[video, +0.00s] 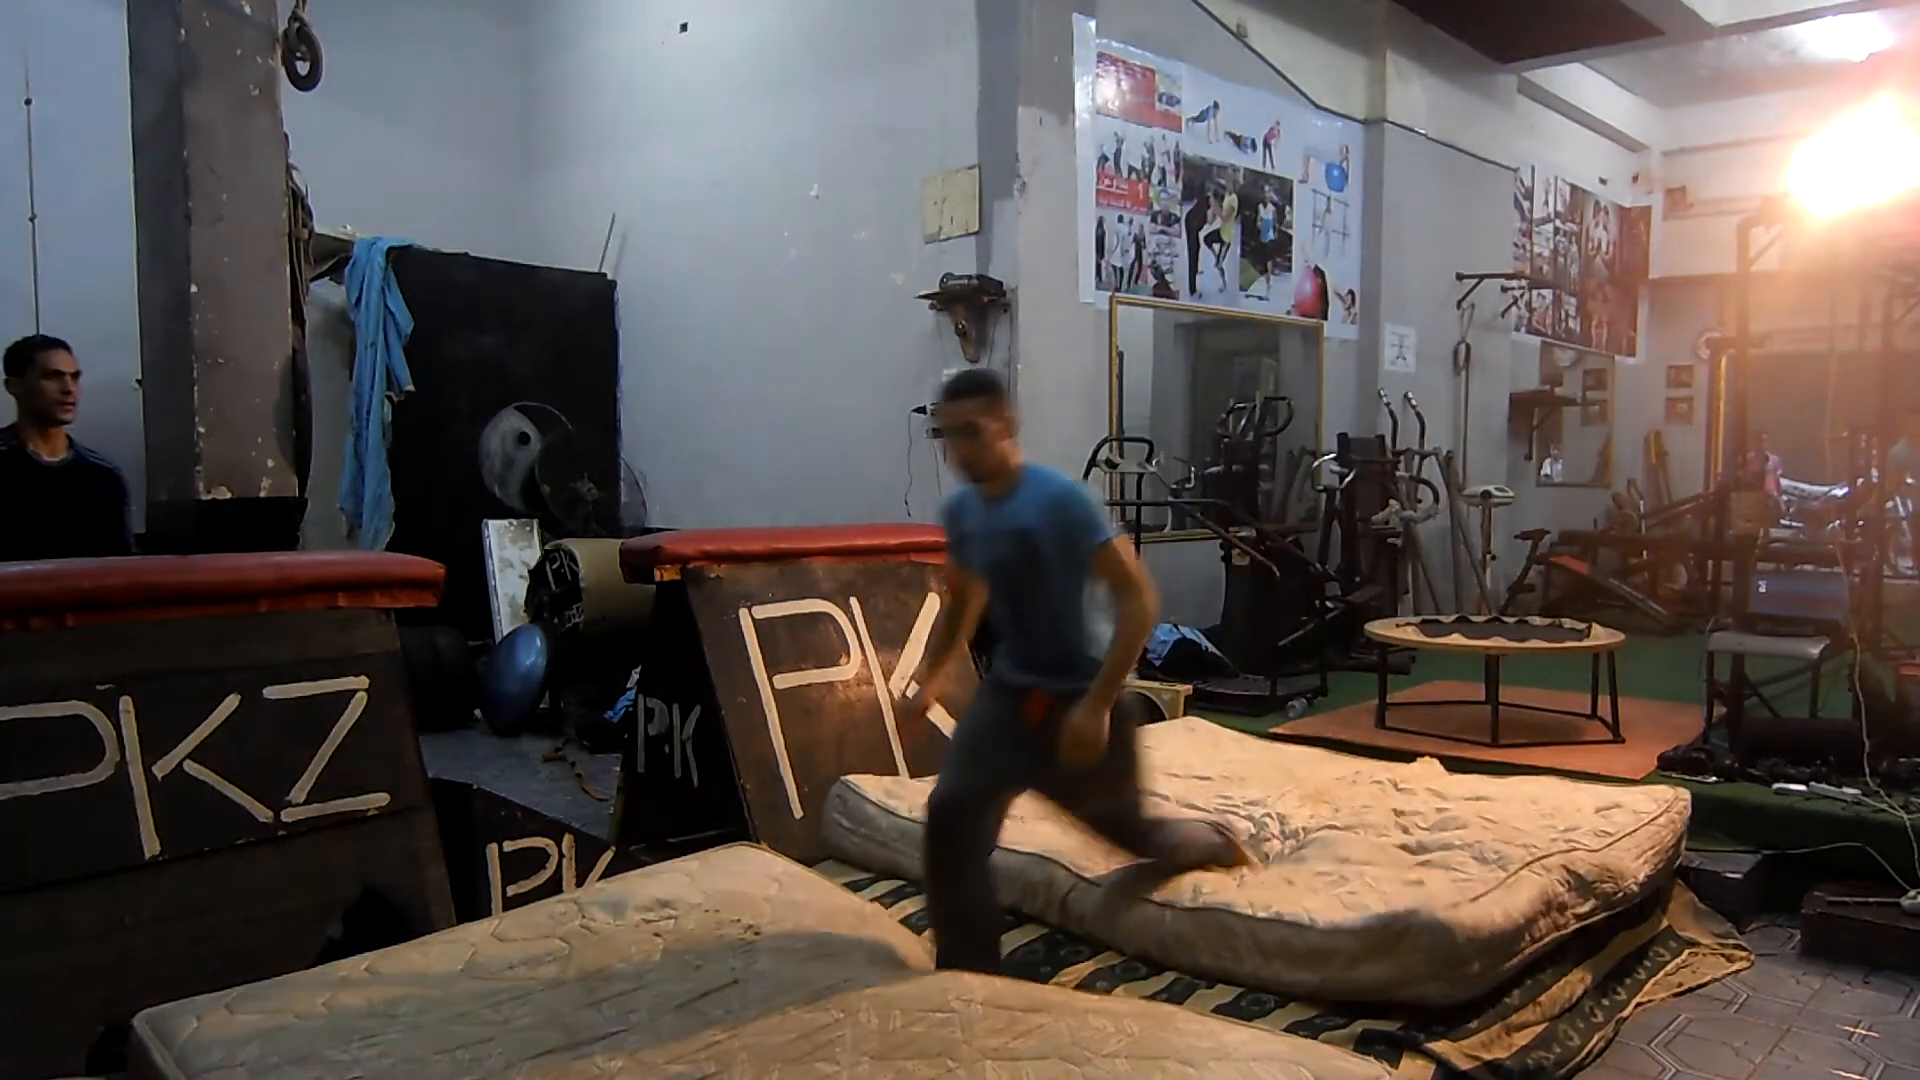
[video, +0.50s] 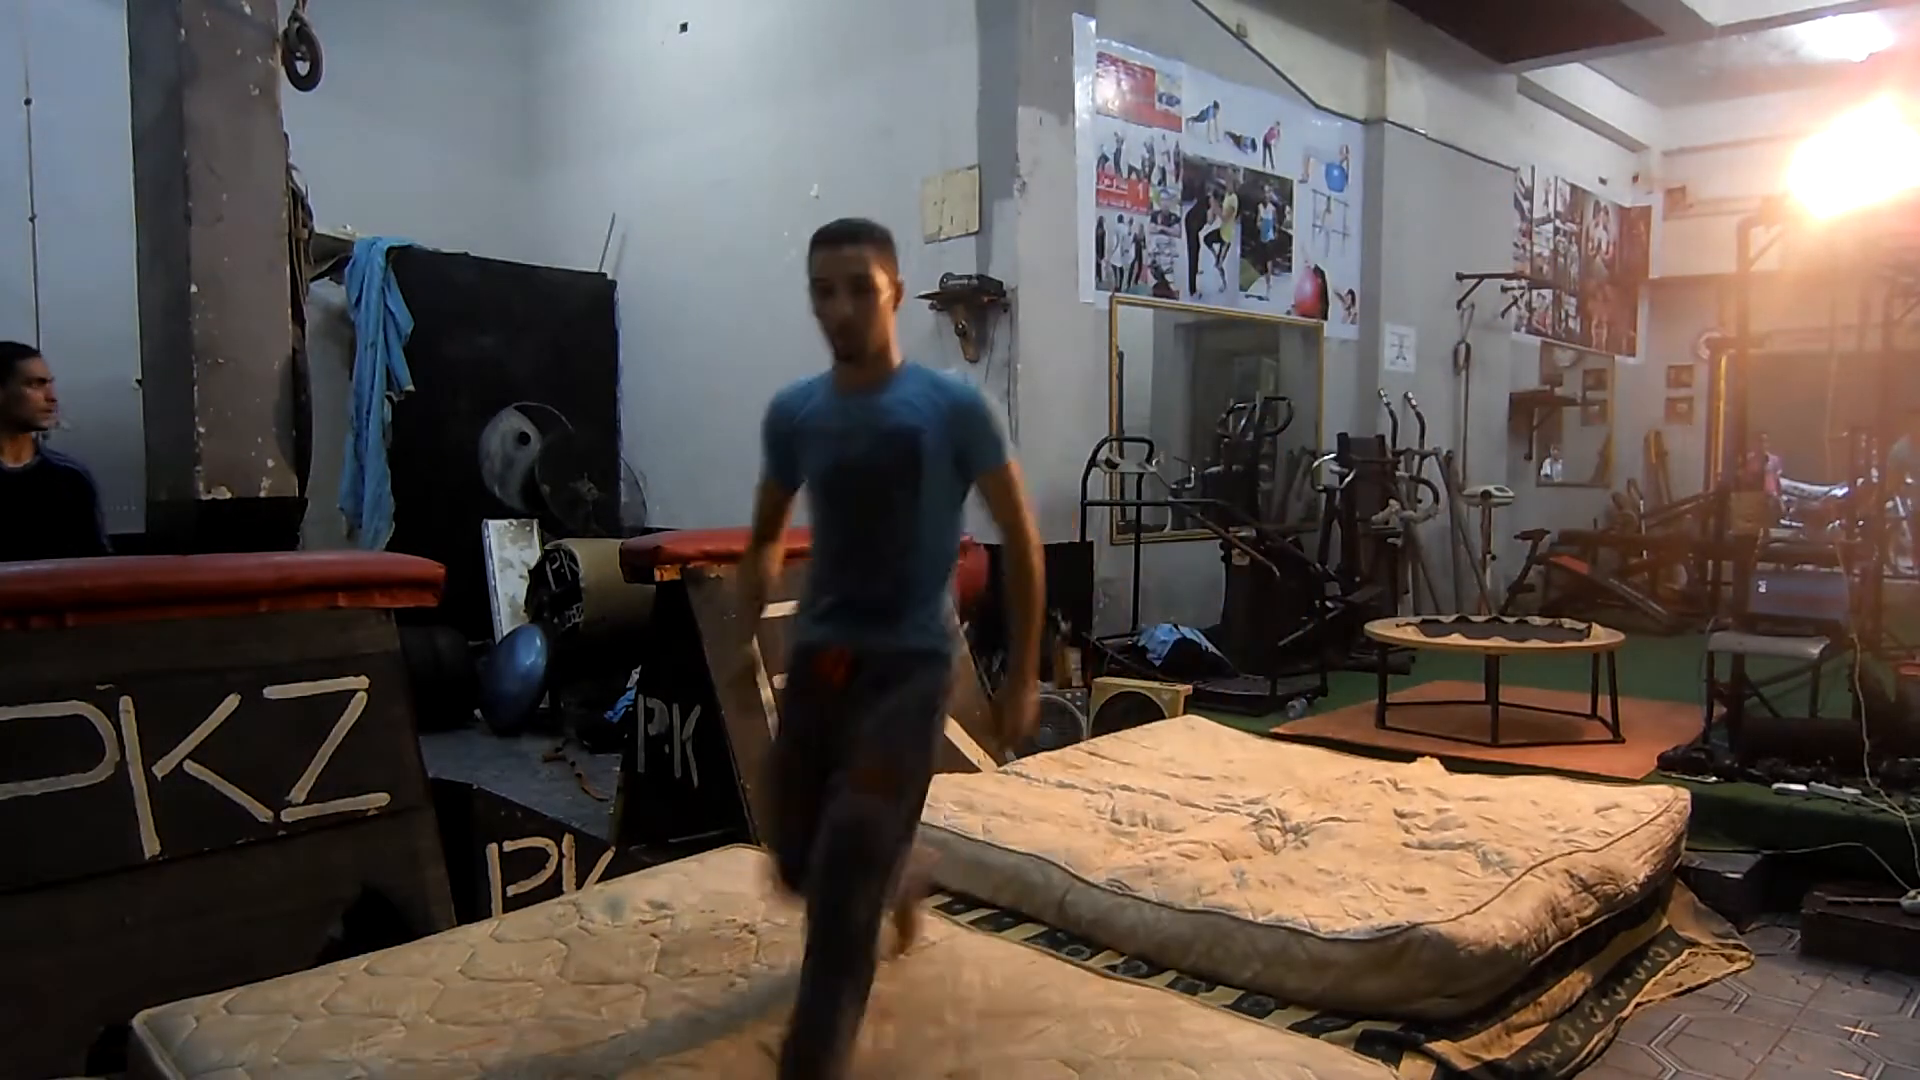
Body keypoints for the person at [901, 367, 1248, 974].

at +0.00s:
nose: (958, 449)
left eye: (970, 432)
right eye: (948, 435)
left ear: (1008, 429)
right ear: (941, 439)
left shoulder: (1062, 500)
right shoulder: (961, 511)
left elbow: (1140, 601)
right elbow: (965, 596)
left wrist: (1096, 706)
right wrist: (928, 681)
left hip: (1081, 699)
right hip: (1009, 694)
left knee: (1128, 832)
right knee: (953, 824)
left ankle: (1214, 846)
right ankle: (969, 993)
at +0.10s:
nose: (917, 448)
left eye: (929, 429)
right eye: (906, 433)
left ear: (967, 423)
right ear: (898, 438)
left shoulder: (1029, 501)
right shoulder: (919, 516)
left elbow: (1106, 601)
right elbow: (913, 622)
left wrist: (1100, 721)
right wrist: (879, 699)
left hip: (1047, 707)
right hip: (973, 701)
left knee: (1043, 881)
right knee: (924, 843)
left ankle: (1141, 828)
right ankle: (958, 997)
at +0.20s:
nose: (895, 415)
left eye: (908, 396)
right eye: (882, 401)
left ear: (946, 395)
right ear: (873, 409)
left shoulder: (1010, 478)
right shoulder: (884, 494)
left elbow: (1090, 578)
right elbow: (871, 597)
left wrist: (1101, 691)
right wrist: (840, 677)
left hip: (1021, 681)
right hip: (945, 680)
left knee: (949, 834)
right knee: (905, 844)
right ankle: (959, 991)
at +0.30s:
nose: (879, 359)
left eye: (892, 342)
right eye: (864, 347)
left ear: (926, 342)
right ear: (852, 359)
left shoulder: (992, 433)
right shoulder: (852, 452)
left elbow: (1067, 536)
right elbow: (835, 551)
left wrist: (1087, 652)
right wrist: (822, 611)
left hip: (990, 644)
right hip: (913, 648)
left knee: (910, 788)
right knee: (898, 800)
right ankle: (970, 935)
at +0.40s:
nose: (856, 312)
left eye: (873, 294)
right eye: (841, 298)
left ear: (911, 296)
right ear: (829, 308)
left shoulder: (978, 400)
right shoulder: (820, 413)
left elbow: (1045, 520)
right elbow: (795, 526)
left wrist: (1060, 638)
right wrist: (785, 616)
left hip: (956, 628)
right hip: (869, 630)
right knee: (867, 796)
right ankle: (953, 896)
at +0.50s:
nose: (840, 305)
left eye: (858, 287)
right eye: (824, 290)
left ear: (897, 293)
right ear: (809, 301)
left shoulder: (955, 405)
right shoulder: (794, 412)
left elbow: (1021, 539)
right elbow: (764, 536)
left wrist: (1023, 679)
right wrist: (750, 643)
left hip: (910, 663)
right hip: (820, 658)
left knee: (847, 880)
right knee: (796, 861)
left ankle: (810, 1065)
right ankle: (904, 877)